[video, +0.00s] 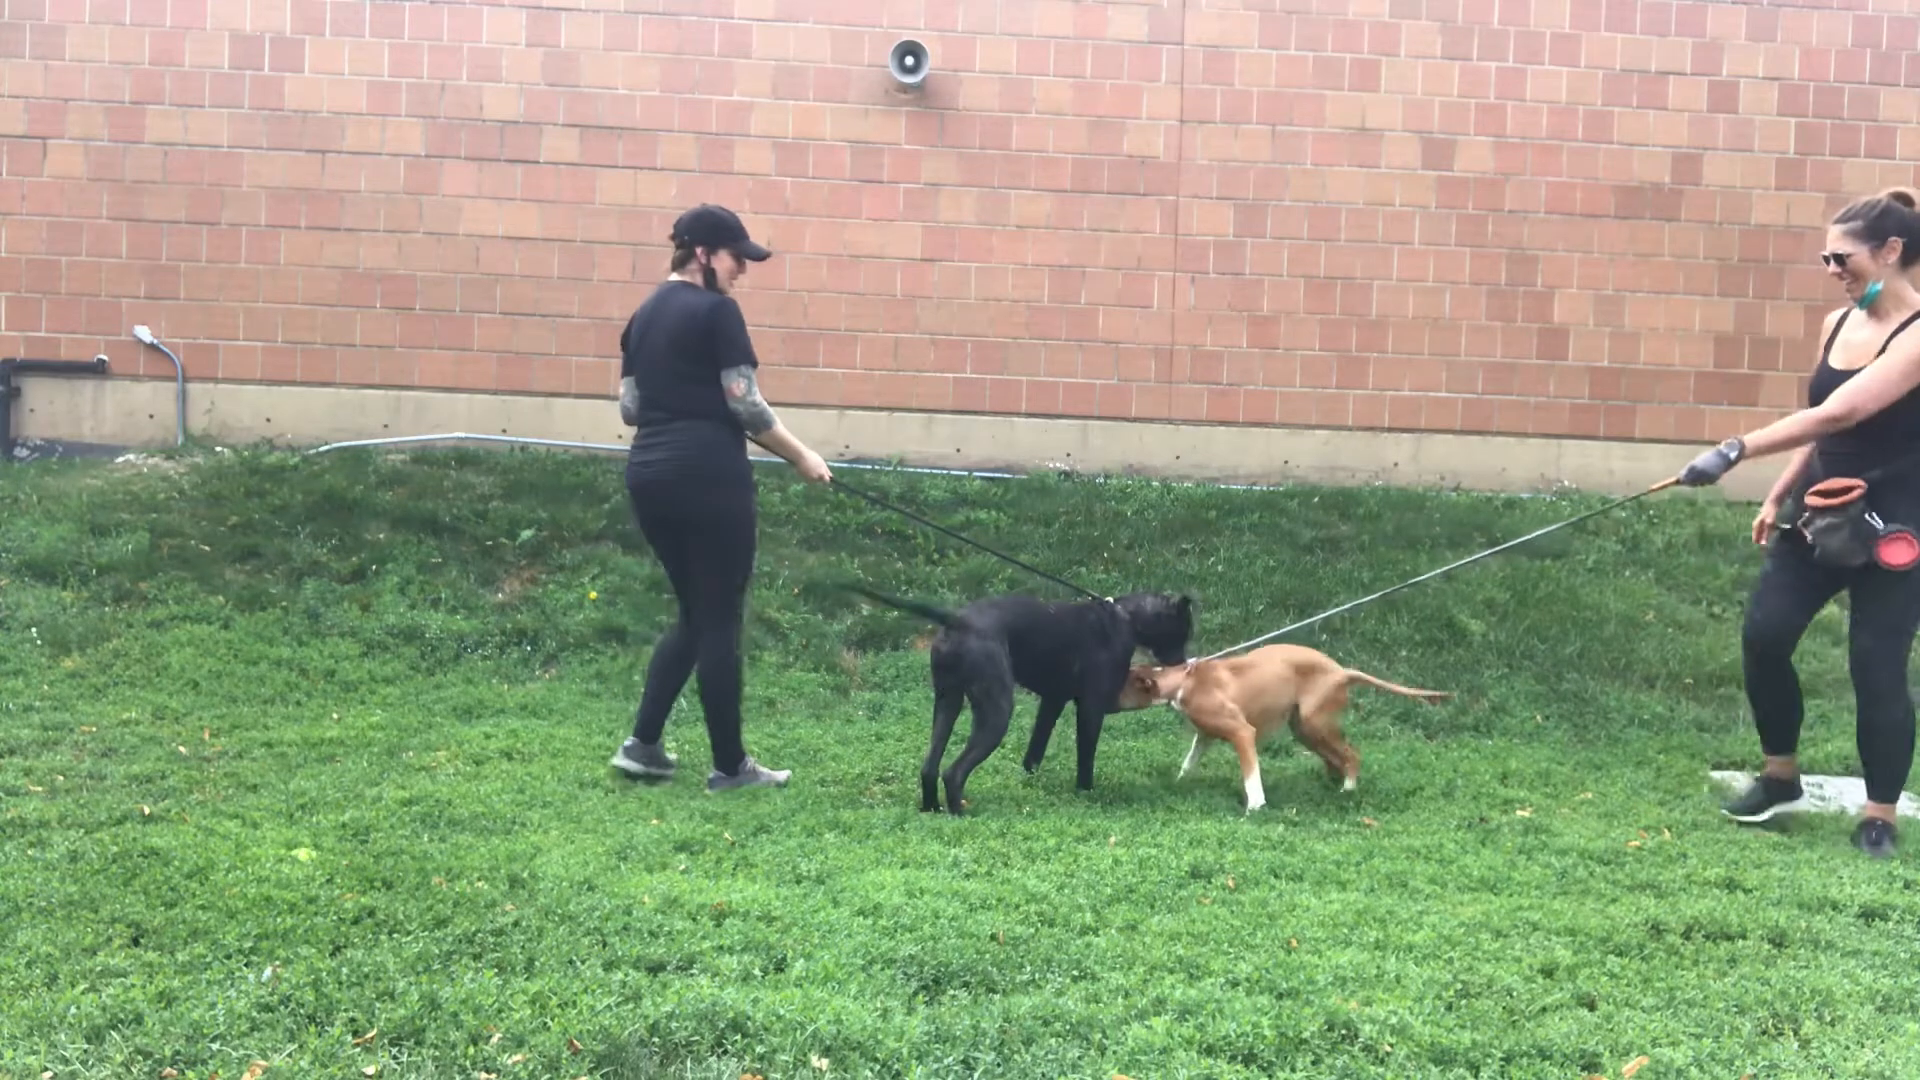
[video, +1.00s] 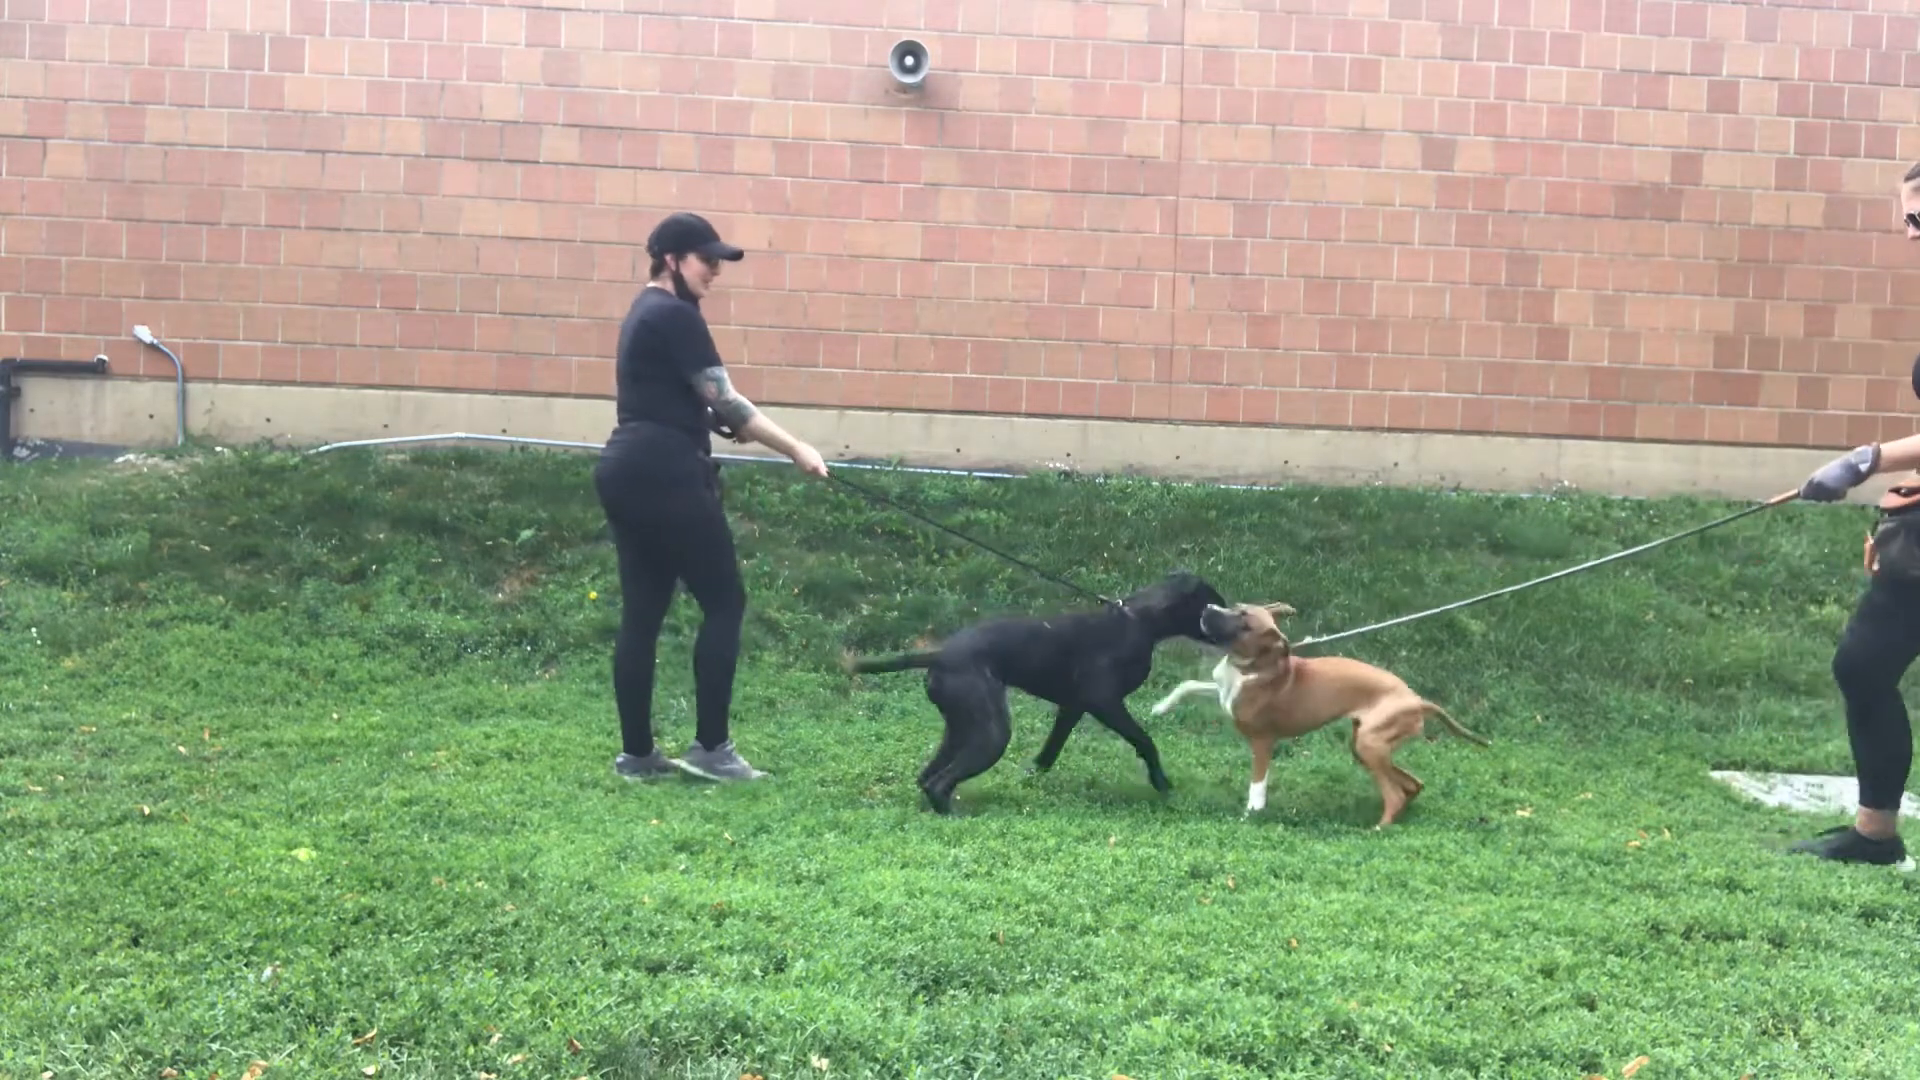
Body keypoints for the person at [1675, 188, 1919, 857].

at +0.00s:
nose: (1832, 271)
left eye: (1842, 259)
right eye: (1828, 259)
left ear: (1890, 251)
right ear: (1875, 256)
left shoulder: (1918, 334)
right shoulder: (1841, 321)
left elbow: (1843, 413)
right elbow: (1825, 419)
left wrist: (1733, 449)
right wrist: (1777, 493)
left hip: (1895, 521)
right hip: (1822, 511)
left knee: (1878, 663)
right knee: (1764, 634)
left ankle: (1879, 817)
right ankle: (1780, 777)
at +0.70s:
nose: (1876, 253)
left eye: (1885, 240)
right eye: (1871, 241)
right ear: (1879, 239)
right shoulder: (1890, 314)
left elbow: (1918, 439)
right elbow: (1863, 428)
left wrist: (1832, 459)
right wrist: (1793, 493)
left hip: (1913, 527)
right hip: (1861, 518)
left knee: (1913, 686)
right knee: (1833, 679)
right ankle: (1809, 827)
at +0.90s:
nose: (1903, 237)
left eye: (1910, 223)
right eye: (1899, 225)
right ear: (1897, 222)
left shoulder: (1919, 337)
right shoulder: (1916, 332)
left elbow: (1919, 435)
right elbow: (1912, 435)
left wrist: (1853, 456)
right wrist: (1858, 502)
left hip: (1912, 528)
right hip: (1904, 523)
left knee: (1858, 671)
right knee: (1859, 671)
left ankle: (1828, 827)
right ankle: (1828, 826)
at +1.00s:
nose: (1910, 235)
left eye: (1914, 222)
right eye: (1908, 223)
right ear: (1905, 217)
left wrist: (1864, 459)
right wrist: (1904, 497)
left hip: (1917, 532)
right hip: (1912, 529)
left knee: (1863, 664)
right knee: (1863, 664)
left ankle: (1876, 831)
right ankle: (1876, 830)